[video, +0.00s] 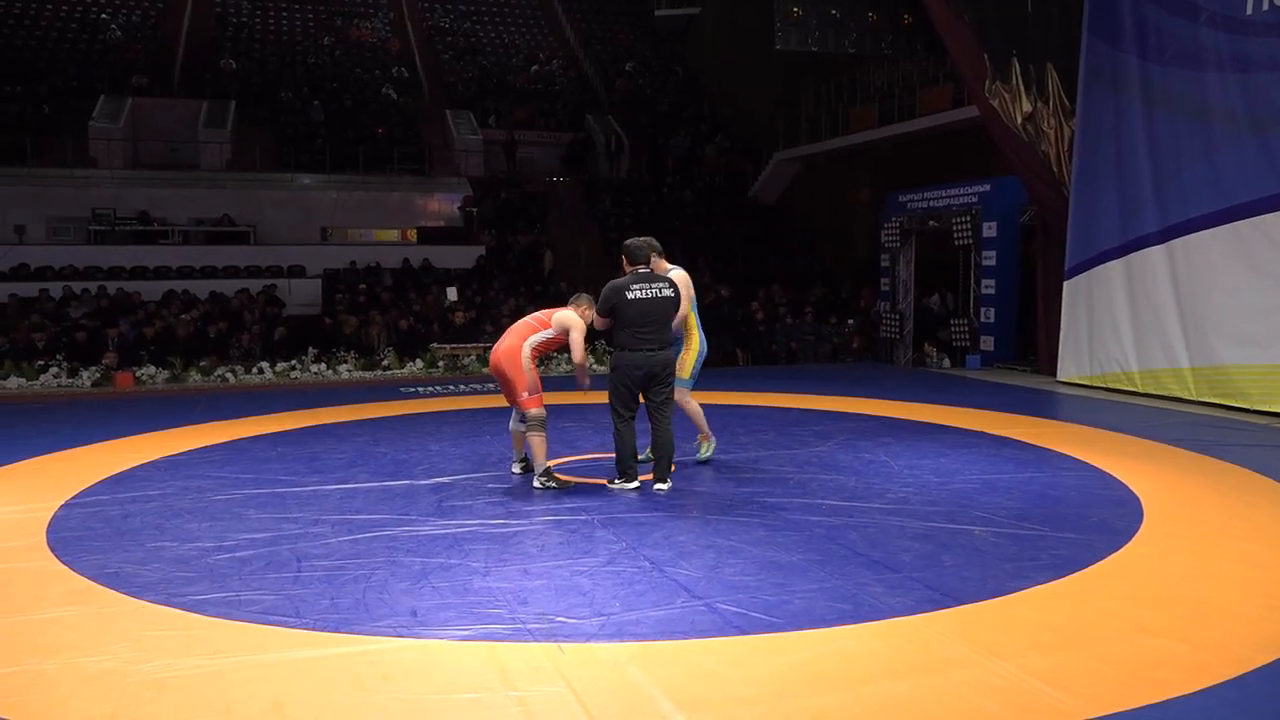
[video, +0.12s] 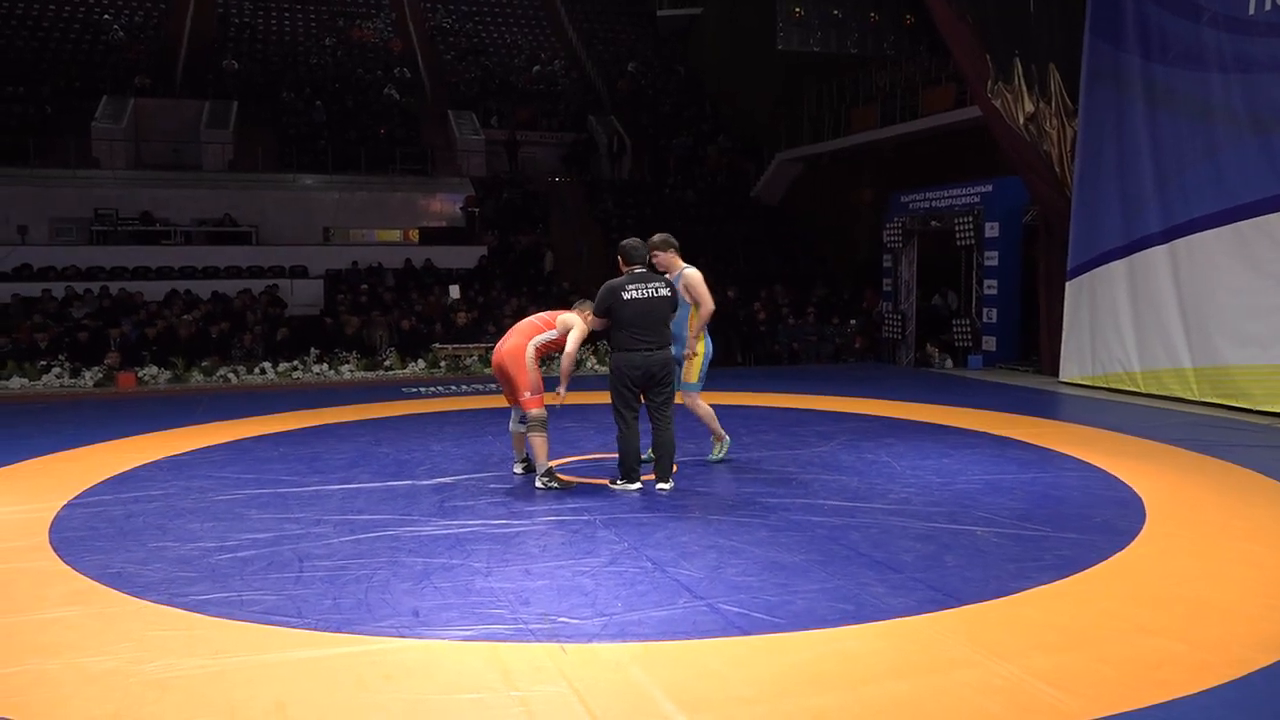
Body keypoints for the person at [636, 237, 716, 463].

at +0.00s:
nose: (646, 266)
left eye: (647, 261)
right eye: (645, 262)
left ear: (656, 257)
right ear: (654, 258)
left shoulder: (678, 275)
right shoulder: (657, 279)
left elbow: (682, 313)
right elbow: (658, 310)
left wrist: (663, 332)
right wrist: (649, 329)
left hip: (690, 341)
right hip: (671, 342)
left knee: (680, 394)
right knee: (659, 396)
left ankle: (707, 436)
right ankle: (657, 445)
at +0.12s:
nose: (654, 261)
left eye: (656, 256)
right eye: (652, 257)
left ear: (671, 253)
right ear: (667, 255)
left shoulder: (690, 275)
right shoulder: (668, 279)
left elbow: (708, 307)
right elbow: (669, 310)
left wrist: (693, 337)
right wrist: (661, 337)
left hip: (694, 344)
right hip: (673, 344)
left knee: (690, 398)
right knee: (663, 399)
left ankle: (720, 437)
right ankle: (659, 447)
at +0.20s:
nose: (665, 261)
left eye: (668, 256)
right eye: (663, 256)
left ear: (683, 253)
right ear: (674, 256)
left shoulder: (701, 276)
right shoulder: (676, 280)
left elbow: (721, 306)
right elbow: (679, 315)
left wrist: (703, 337)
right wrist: (673, 343)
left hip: (702, 347)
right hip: (681, 347)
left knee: (701, 401)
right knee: (669, 400)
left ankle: (726, 443)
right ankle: (660, 447)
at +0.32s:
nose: (682, 261)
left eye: (685, 256)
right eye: (679, 257)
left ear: (699, 253)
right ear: (681, 257)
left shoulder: (717, 278)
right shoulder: (690, 280)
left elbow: (733, 311)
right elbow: (692, 318)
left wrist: (714, 342)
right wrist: (684, 346)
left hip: (716, 348)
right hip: (694, 348)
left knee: (719, 400)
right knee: (677, 395)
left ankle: (734, 448)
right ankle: (665, 447)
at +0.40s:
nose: (689, 260)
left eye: (692, 254)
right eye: (687, 255)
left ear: (707, 252)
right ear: (689, 256)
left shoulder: (724, 277)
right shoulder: (697, 278)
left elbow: (737, 311)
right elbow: (699, 316)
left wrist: (720, 344)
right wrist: (691, 344)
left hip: (722, 347)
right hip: (701, 347)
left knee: (725, 399)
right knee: (680, 391)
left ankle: (735, 448)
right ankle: (671, 445)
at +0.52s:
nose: (699, 256)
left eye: (703, 251)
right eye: (697, 252)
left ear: (717, 249)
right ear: (697, 253)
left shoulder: (732, 274)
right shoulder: (705, 275)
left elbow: (745, 309)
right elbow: (707, 311)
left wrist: (726, 338)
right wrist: (698, 337)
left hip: (729, 343)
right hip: (708, 343)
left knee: (732, 396)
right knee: (689, 388)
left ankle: (737, 446)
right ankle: (696, 439)